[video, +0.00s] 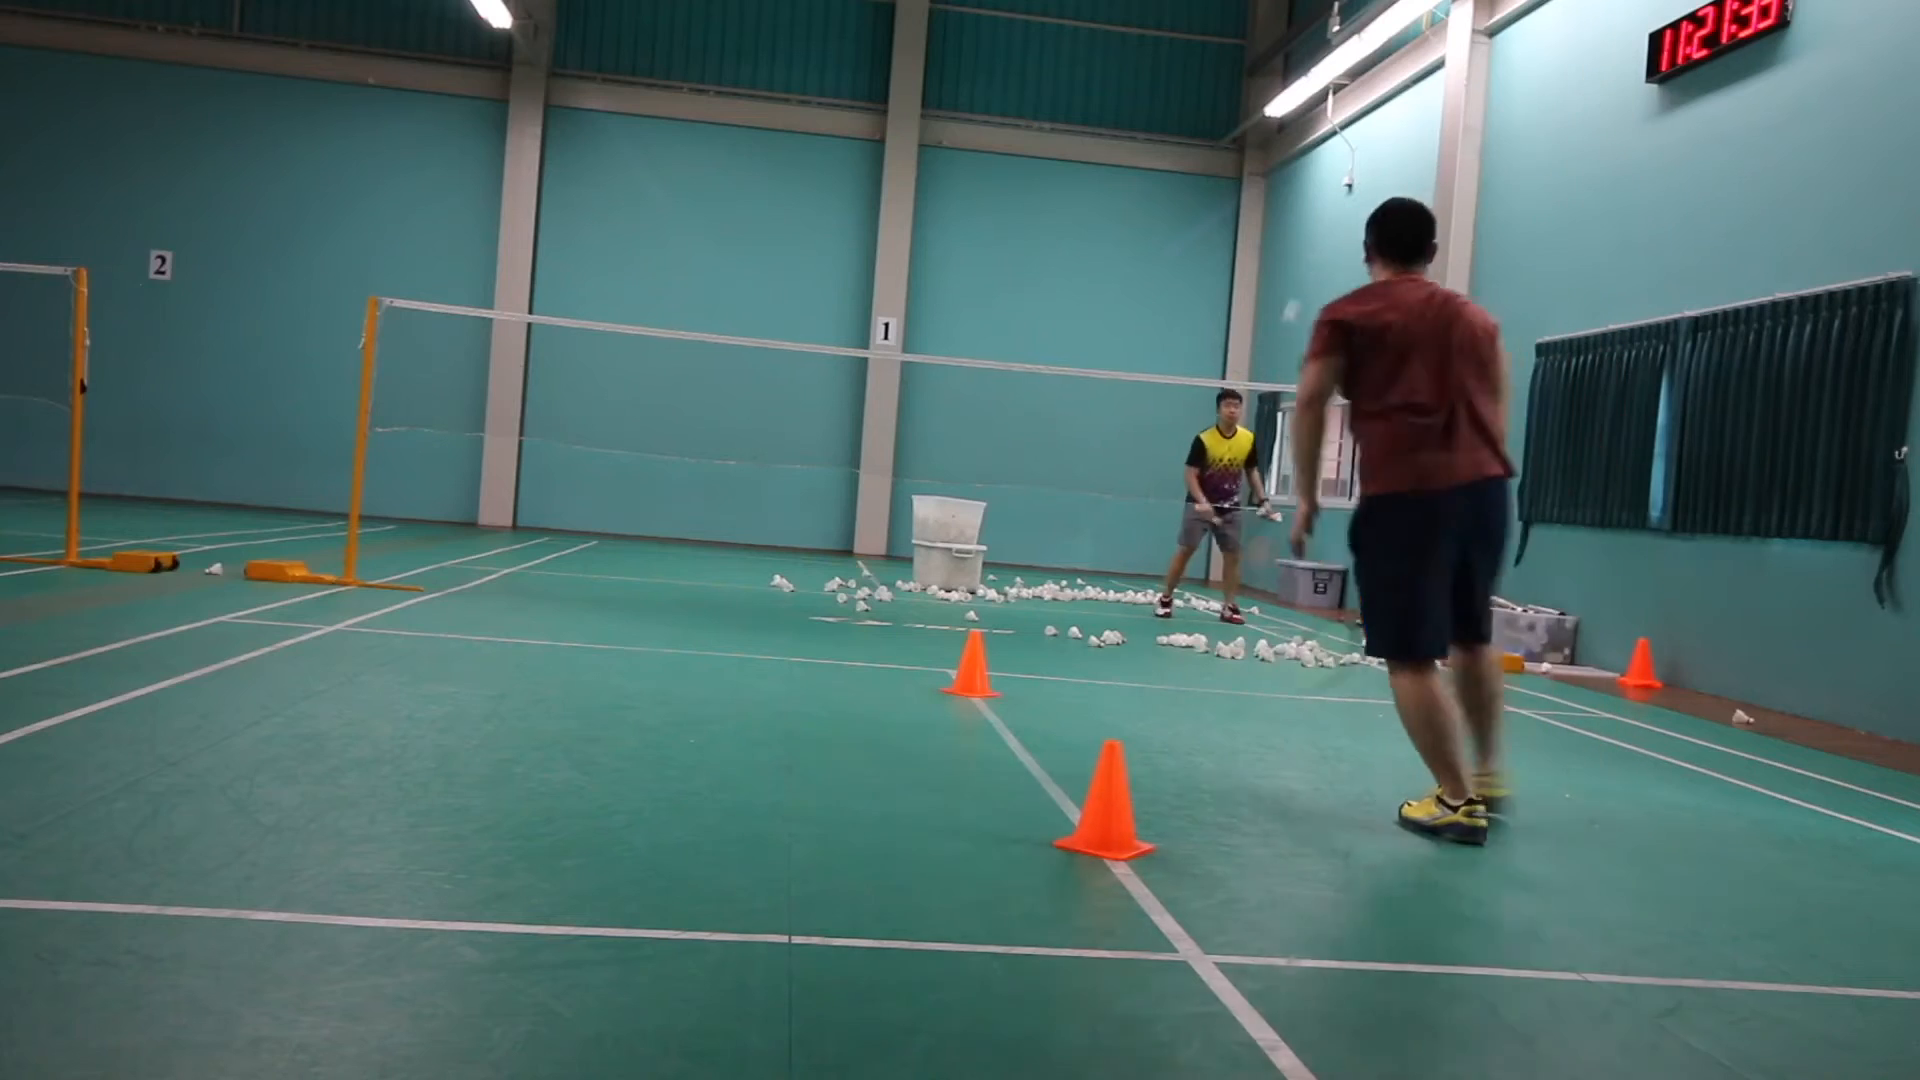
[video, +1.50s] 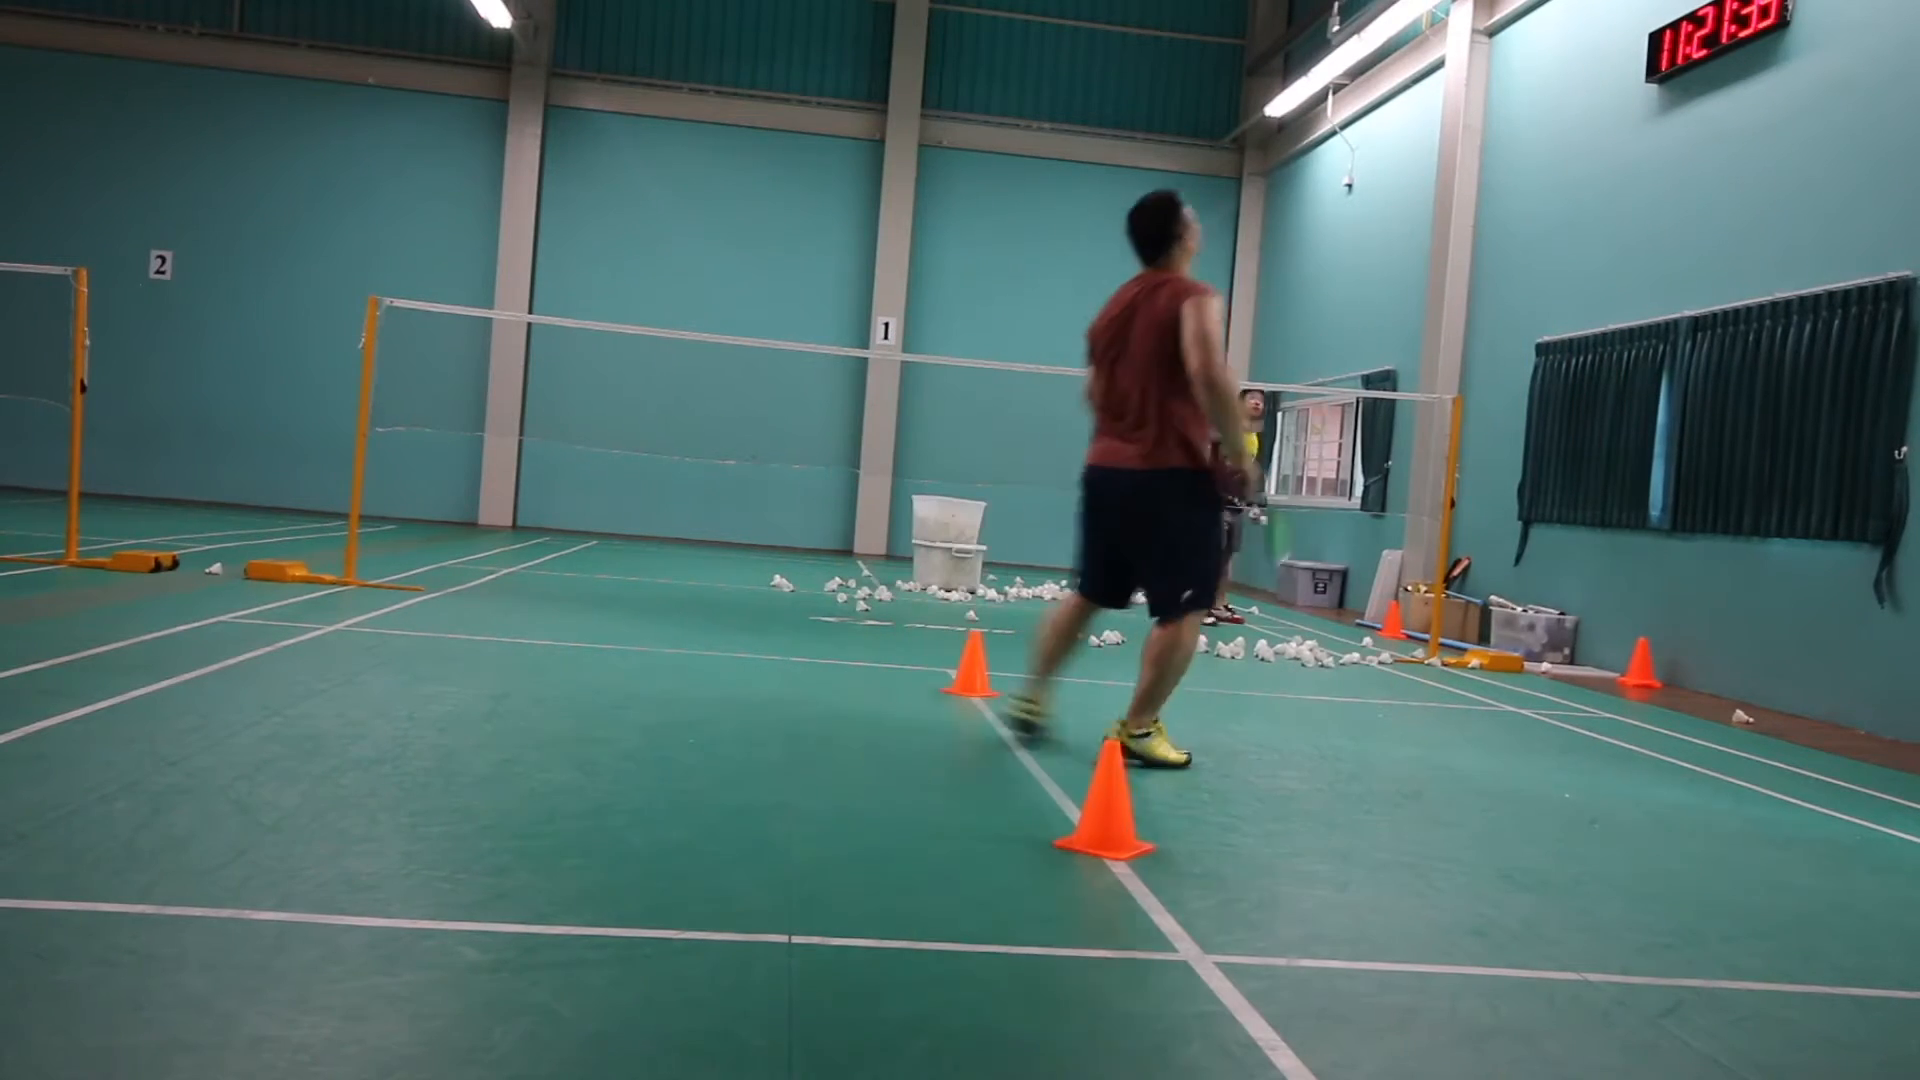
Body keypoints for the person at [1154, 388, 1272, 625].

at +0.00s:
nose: (1232, 411)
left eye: (1236, 406)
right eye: (1228, 406)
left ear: (1241, 410)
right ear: (1218, 409)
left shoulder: (1248, 439)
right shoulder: (1203, 440)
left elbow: (1252, 470)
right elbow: (1190, 474)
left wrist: (1262, 498)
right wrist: (1202, 502)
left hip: (1230, 506)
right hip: (1201, 503)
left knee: (1232, 554)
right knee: (1186, 550)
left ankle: (1229, 605)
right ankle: (1167, 597)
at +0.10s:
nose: (1236, 417)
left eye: (1240, 412)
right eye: (1232, 411)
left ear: (1245, 415)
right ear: (1222, 413)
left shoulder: (1249, 440)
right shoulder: (1206, 439)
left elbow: (1252, 468)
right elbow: (1188, 464)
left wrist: (1261, 490)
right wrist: (1200, 484)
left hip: (1229, 506)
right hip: (1200, 504)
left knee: (1232, 555)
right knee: (1187, 549)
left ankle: (1229, 605)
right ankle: (1169, 597)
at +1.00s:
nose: (1242, 412)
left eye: (1246, 408)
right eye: (1237, 407)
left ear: (1250, 412)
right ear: (1228, 411)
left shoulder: (1255, 439)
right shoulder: (1214, 442)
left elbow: (1257, 469)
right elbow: (1204, 480)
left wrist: (1272, 496)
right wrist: (1222, 507)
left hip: (1236, 504)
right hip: (1210, 503)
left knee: (1234, 556)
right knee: (1211, 552)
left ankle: (1227, 605)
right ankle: (1200, 605)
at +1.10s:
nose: (1249, 409)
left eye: (1252, 405)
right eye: (1243, 404)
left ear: (1255, 410)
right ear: (1232, 408)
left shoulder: (1252, 438)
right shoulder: (1221, 435)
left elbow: (1249, 467)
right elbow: (1215, 462)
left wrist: (1263, 493)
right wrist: (1241, 483)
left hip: (1233, 502)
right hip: (1209, 500)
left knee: (1232, 553)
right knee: (1211, 551)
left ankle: (1227, 604)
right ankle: (1201, 605)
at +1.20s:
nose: (1255, 409)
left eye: (1258, 404)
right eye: (1250, 403)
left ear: (1260, 409)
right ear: (1237, 406)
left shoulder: (1249, 436)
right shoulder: (1225, 427)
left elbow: (1237, 472)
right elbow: (1232, 424)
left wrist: (1251, 492)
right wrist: (1249, 414)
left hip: (1229, 501)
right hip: (1208, 499)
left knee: (1231, 552)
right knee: (1211, 551)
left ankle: (1225, 603)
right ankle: (1201, 606)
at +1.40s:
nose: (1257, 403)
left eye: (1261, 400)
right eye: (1252, 398)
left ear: (1262, 408)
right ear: (1242, 402)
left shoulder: (1250, 434)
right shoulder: (1228, 424)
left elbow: (1247, 468)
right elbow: (1224, 412)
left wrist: (1245, 496)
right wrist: (1242, 392)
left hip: (1234, 497)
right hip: (1214, 495)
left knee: (1225, 553)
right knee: (1213, 552)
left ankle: (1220, 603)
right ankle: (1200, 604)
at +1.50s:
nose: (1257, 406)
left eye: (1261, 403)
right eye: (1253, 401)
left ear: (1263, 410)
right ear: (1240, 403)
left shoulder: (1253, 437)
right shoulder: (1227, 432)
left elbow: (1250, 469)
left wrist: (1252, 497)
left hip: (1238, 503)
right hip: (1221, 501)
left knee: (1227, 556)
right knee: (1215, 556)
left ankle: (1220, 601)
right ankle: (1206, 603)